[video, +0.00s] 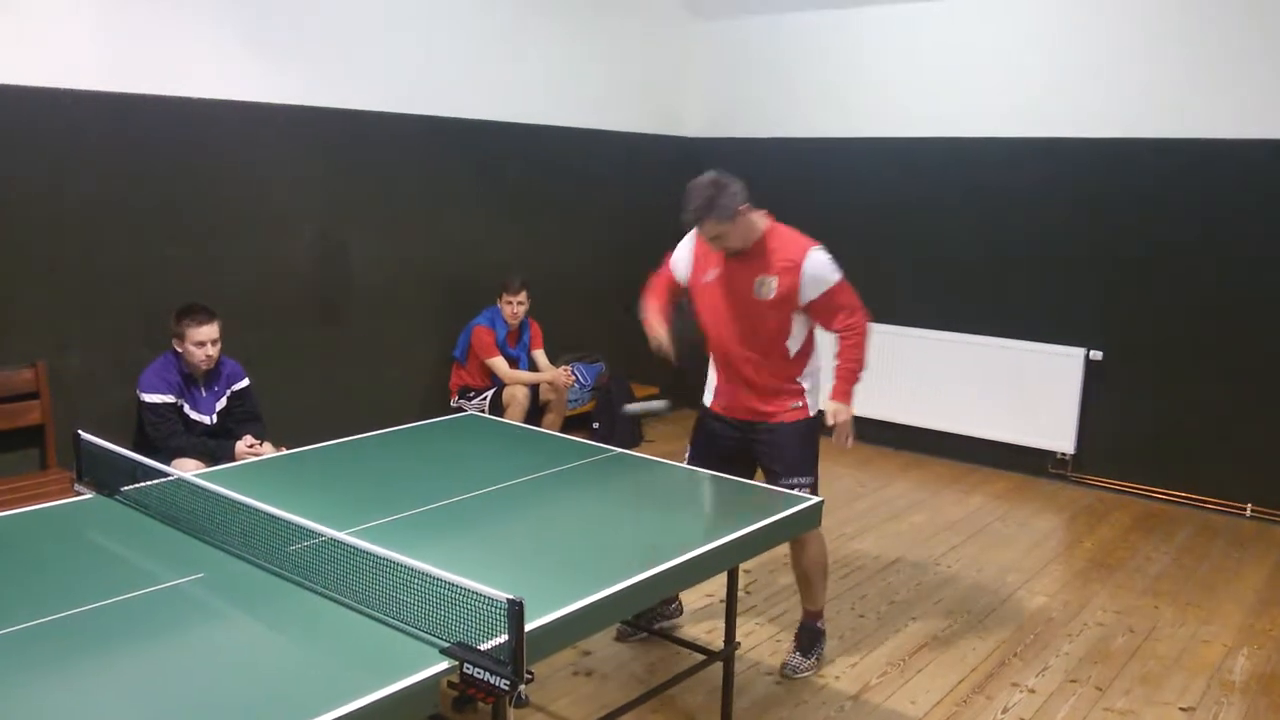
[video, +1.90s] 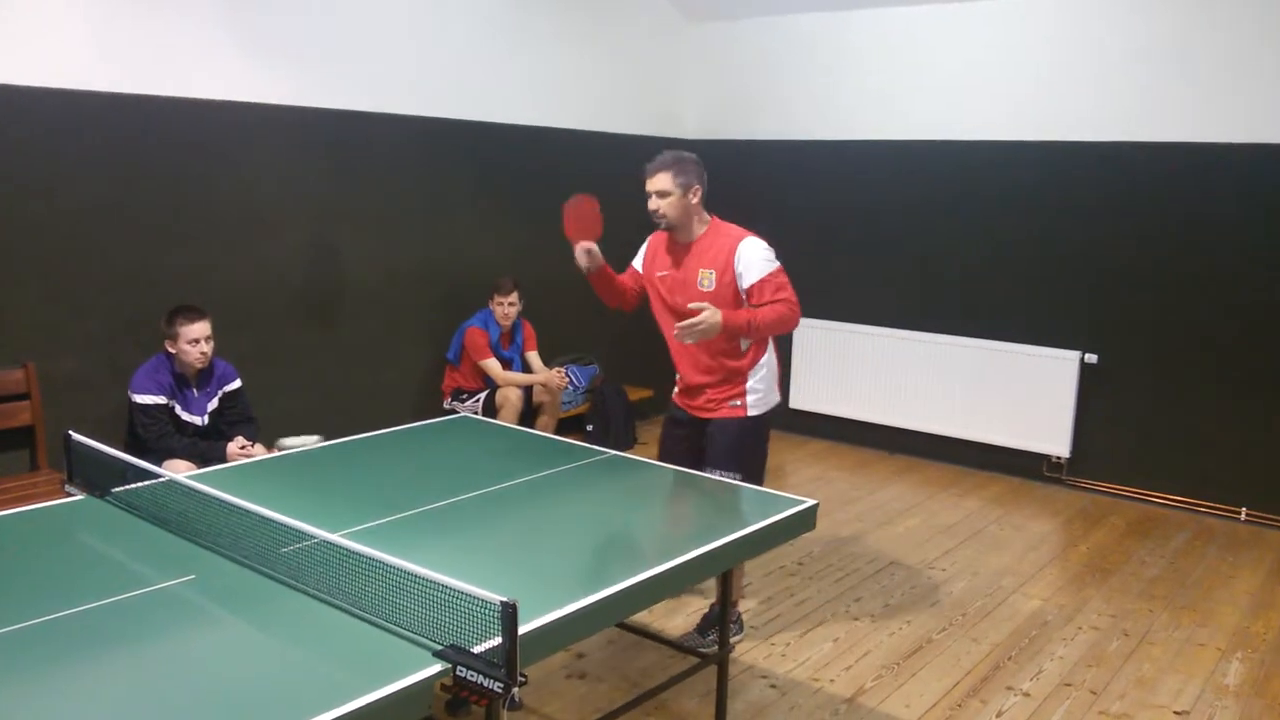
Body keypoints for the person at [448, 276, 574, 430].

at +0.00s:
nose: (515, 310)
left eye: (520, 304)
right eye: (509, 304)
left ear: (528, 305)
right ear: (499, 303)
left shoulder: (531, 328)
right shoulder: (482, 329)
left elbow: (544, 365)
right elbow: (506, 376)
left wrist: (559, 376)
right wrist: (552, 377)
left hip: (504, 391)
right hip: (468, 397)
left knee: (557, 390)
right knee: (520, 394)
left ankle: (545, 453)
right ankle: (505, 452)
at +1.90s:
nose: (506, 311)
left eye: (511, 305)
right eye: (500, 304)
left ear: (520, 306)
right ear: (491, 305)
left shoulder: (524, 328)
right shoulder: (475, 331)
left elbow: (538, 368)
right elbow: (500, 378)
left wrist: (553, 378)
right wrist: (545, 379)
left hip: (498, 391)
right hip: (462, 398)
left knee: (552, 392)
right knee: (513, 396)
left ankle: (540, 455)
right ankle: (501, 455)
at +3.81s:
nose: (509, 313)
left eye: (516, 307)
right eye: (504, 306)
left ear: (526, 308)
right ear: (497, 306)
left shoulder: (530, 330)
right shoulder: (481, 331)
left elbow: (545, 369)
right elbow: (506, 378)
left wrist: (559, 378)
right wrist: (549, 379)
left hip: (504, 390)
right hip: (469, 397)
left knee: (557, 393)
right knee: (518, 395)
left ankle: (543, 454)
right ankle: (505, 452)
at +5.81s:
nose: (503, 319)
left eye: (509, 314)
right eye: (498, 313)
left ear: (519, 315)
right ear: (491, 313)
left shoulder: (523, 338)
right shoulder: (474, 339)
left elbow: (538, 378)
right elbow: (498, 387)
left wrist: (552, 386)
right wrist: (543, 386)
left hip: (496, 400)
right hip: (460, 407)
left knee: (550, 401)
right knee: (511, 403)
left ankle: (535, 461)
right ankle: (498, 460)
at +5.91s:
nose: (503, 319)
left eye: (510, 313)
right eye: (498, 312)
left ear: (519, 315)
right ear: (491, 313)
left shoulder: (523, 337)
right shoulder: (474, 339)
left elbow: (537, 377)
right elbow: (498, 387)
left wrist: (552, 386)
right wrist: (543, 386)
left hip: (497, 399)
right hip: (461, 405)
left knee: (550, 400)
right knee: (511, 403)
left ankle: (537, 462)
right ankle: (501, 461)